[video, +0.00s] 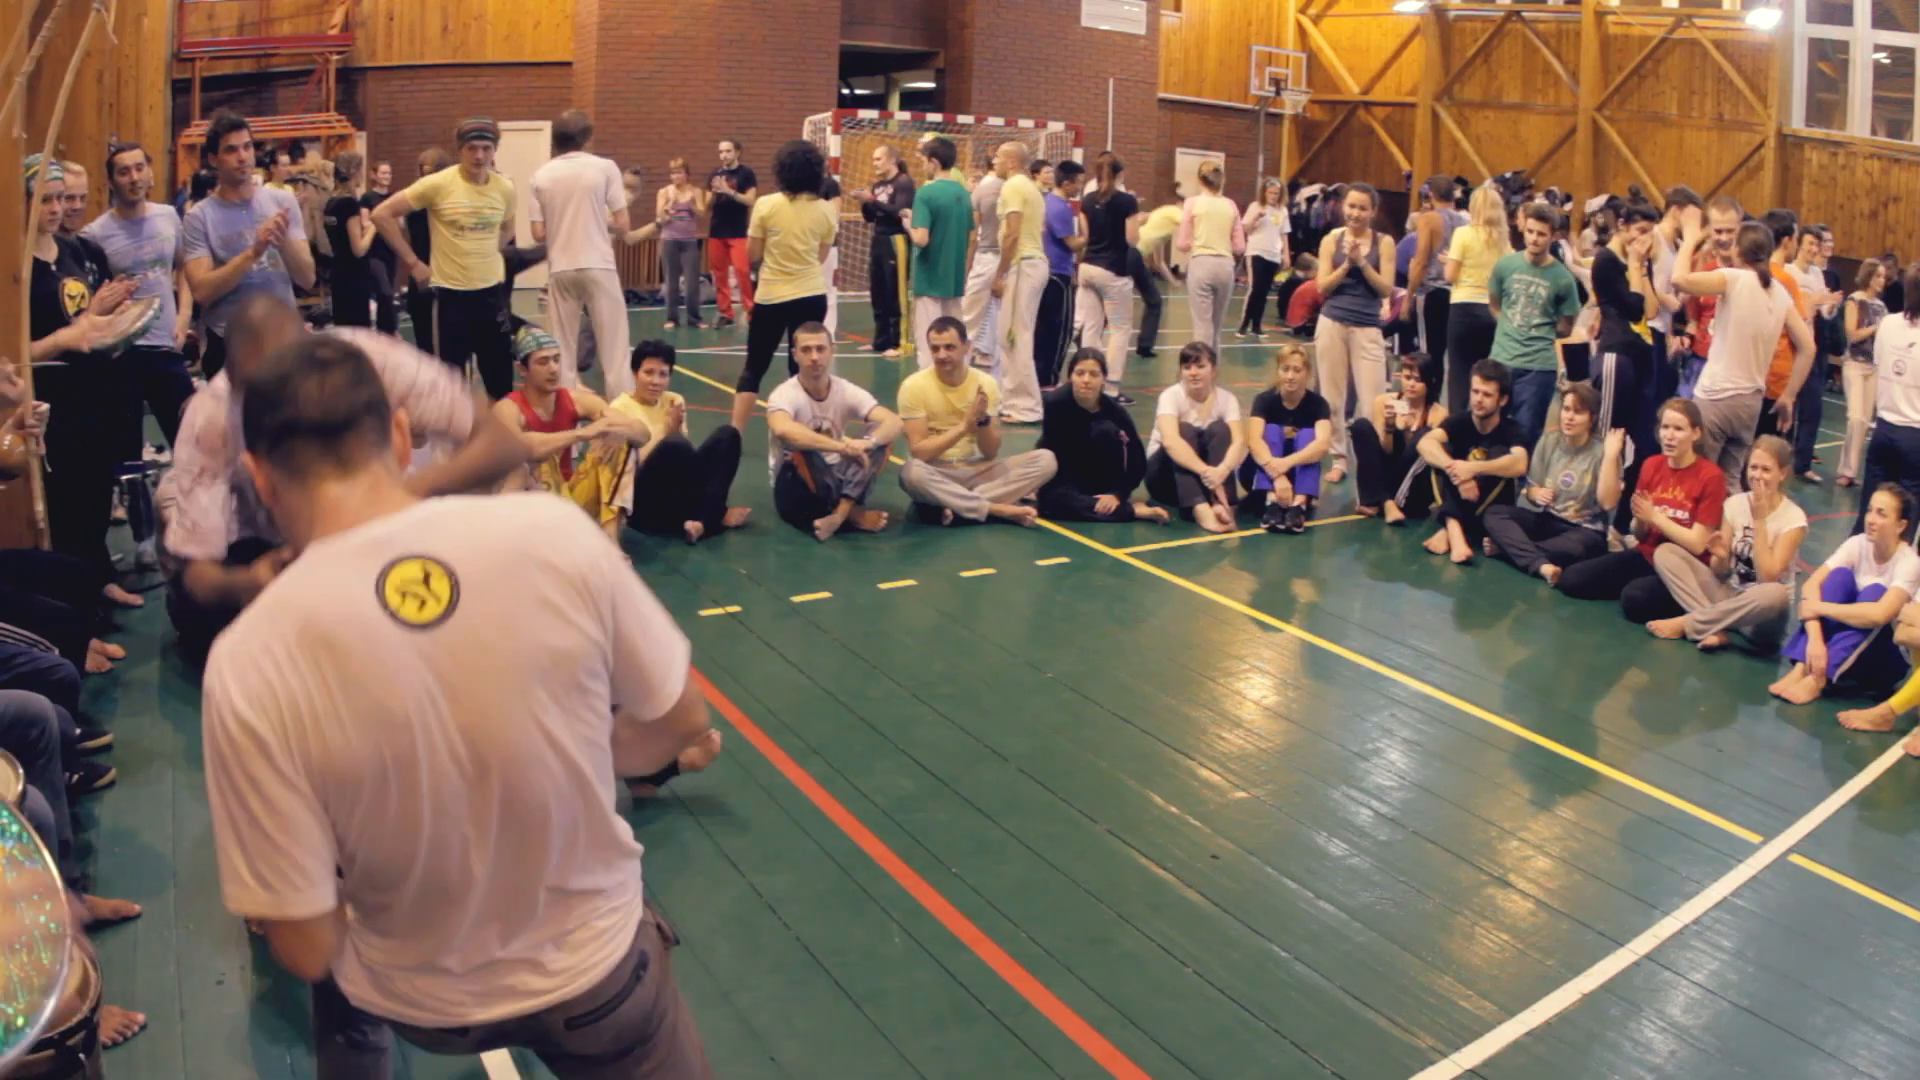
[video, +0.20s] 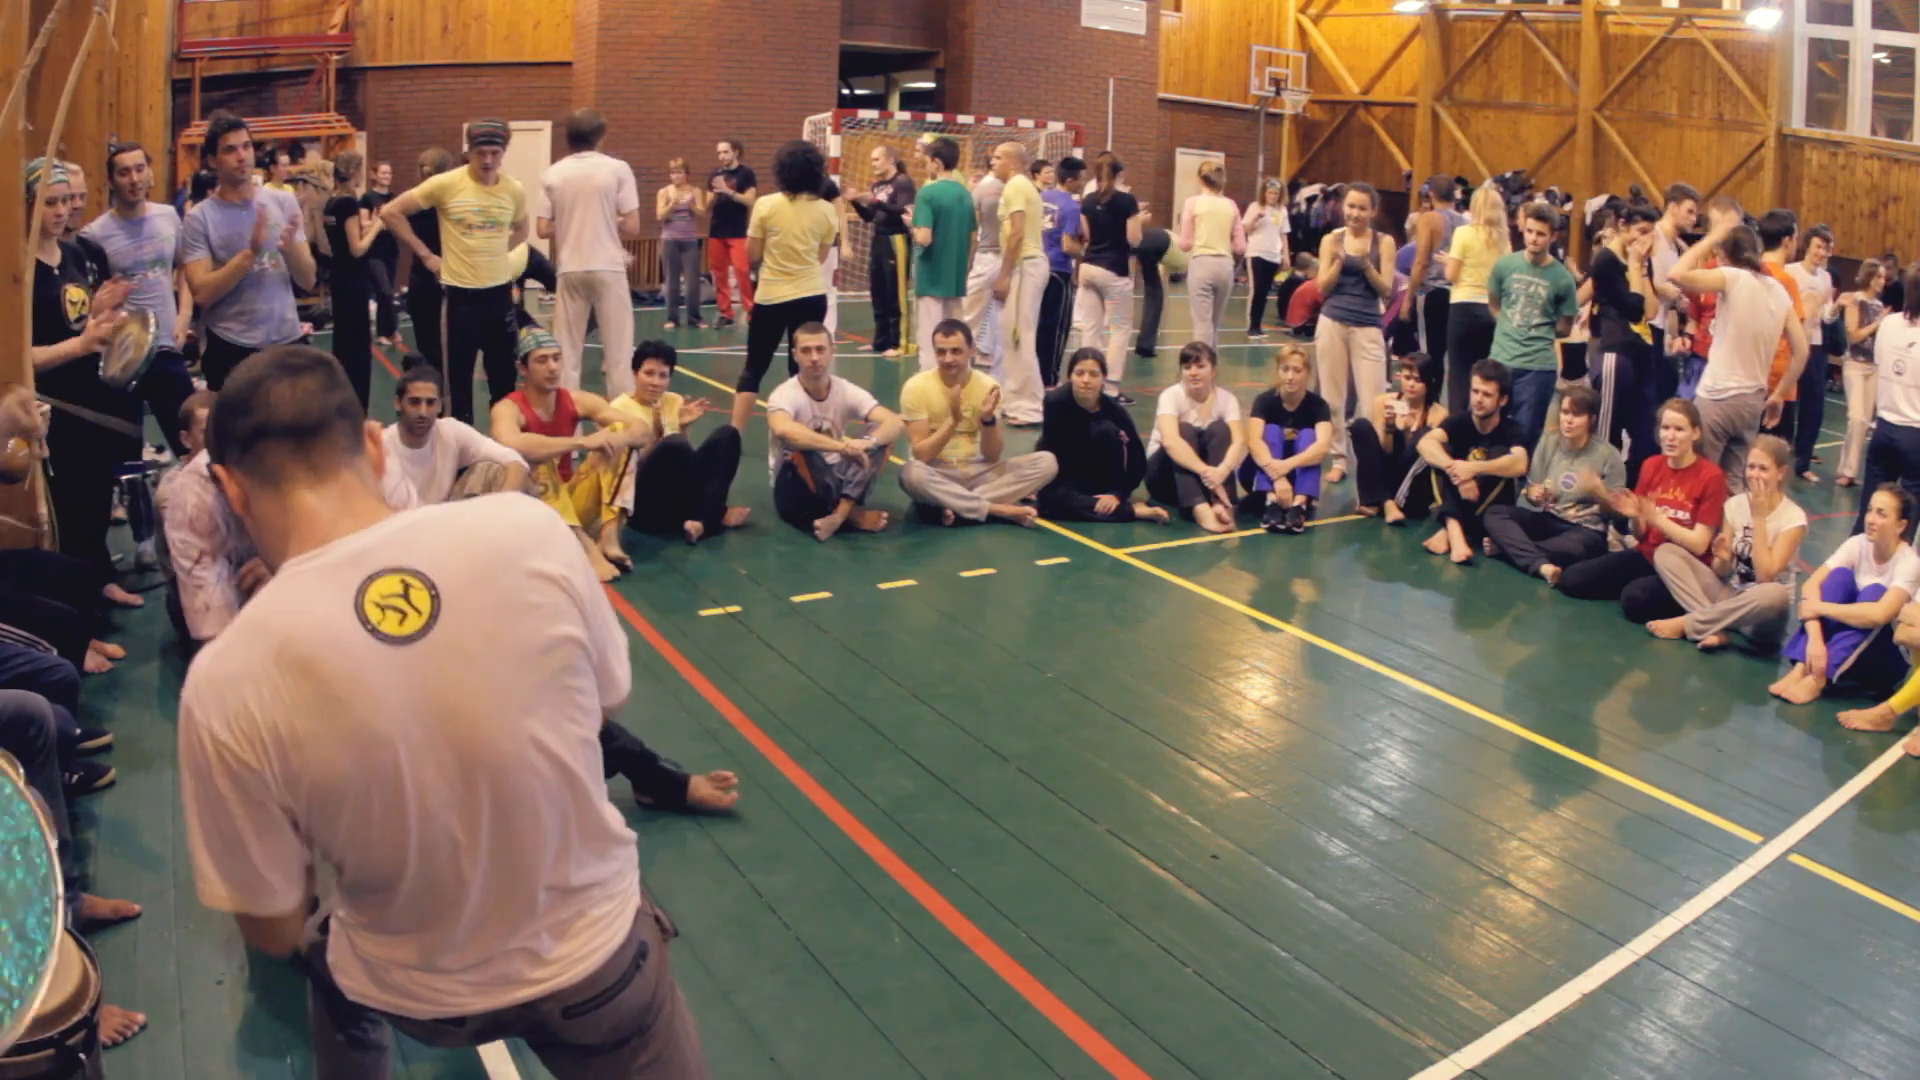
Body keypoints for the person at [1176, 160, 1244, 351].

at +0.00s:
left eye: (1198, 179)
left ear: (1200, 180)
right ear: (1221, 182)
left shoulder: (1191, 203)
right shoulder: (1231, 205)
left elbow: (1183, 243)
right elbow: (1239, 246)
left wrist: (1199, 241)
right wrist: (1221, 242)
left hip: (1200, 258)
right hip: (1225, 261)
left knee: (1202, 321)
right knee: (1217, 322)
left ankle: (1202, 368)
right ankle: (1212, 367)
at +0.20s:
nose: (1197, 181)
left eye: (1198, 178)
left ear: (1200, 180)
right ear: (1222, 181)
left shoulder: (1192, 203)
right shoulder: (1231, 205)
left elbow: (1185, 243)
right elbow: (1240, 246)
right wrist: (1223, 243)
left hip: (1201, 259)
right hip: (1225, 260)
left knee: (1203, 321)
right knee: (1214, 321)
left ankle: (1201, 369)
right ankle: (1208, 365)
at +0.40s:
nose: (1198, 182)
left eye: (1200, 178)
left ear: (1202, 179)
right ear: (1223, 182)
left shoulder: (1193, 203)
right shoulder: (1231, 206)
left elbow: (1185, 242)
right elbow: (1239, 247)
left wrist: (1199, 242)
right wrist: (1221, 245)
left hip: (1201, 258)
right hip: (1225, 260)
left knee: (1202, 320)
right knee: (1212, 321)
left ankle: (1204, 368)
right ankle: (1205, 363)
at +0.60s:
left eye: (1201, 178)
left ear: (1202, 179)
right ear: (1223, 181)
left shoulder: (1193, 203)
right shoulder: (1232, 206)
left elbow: (1185, 243)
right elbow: (1239, 247)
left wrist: (1199, 241)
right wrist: (1222, 246)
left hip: (1200, 258)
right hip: (1224, 260)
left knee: (1202, 321)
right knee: (1211, 321)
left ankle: (1204, 368)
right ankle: (1205, 363)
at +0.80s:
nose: (1201, 181)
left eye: (1202, 178)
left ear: (1203, 179)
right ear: (1224, 181)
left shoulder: (1195, 203)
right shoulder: (1233, 206)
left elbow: (1187, 242)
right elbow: (1240, 247)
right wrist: (1220, 244)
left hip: (1201, 258)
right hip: (1224, 259)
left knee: (1198, 326)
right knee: (1211, 327)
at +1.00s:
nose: (1202, 181)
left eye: (1203, 177)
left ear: (1204, 179)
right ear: (1225, 181)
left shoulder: (1196, 201)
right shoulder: (1233, 206)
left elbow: (1186, 241)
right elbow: (1240, 246)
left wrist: (1198, 243)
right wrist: (1219, 245)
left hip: (1201, 259)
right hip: (1223, 260)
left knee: (1189, 320)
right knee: (1209, 323)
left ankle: (1192, 366)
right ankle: (1207, 367)